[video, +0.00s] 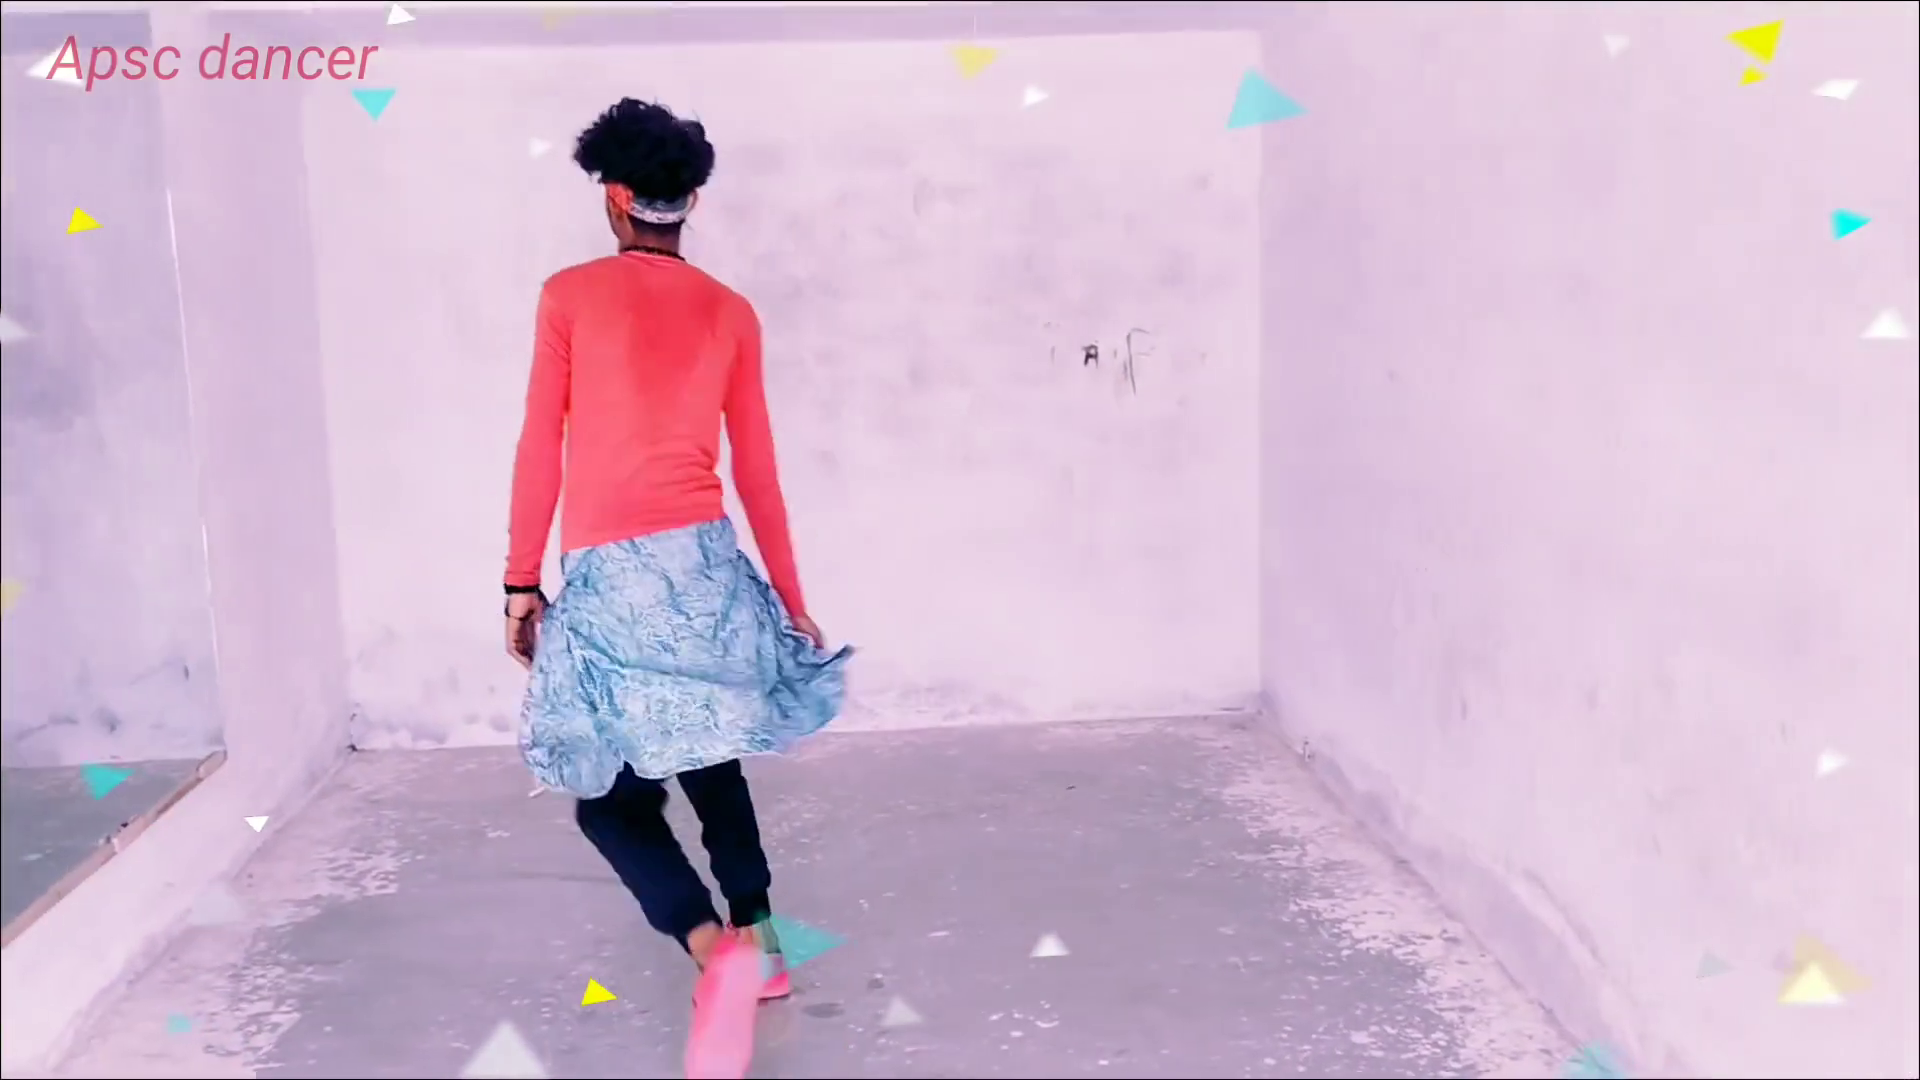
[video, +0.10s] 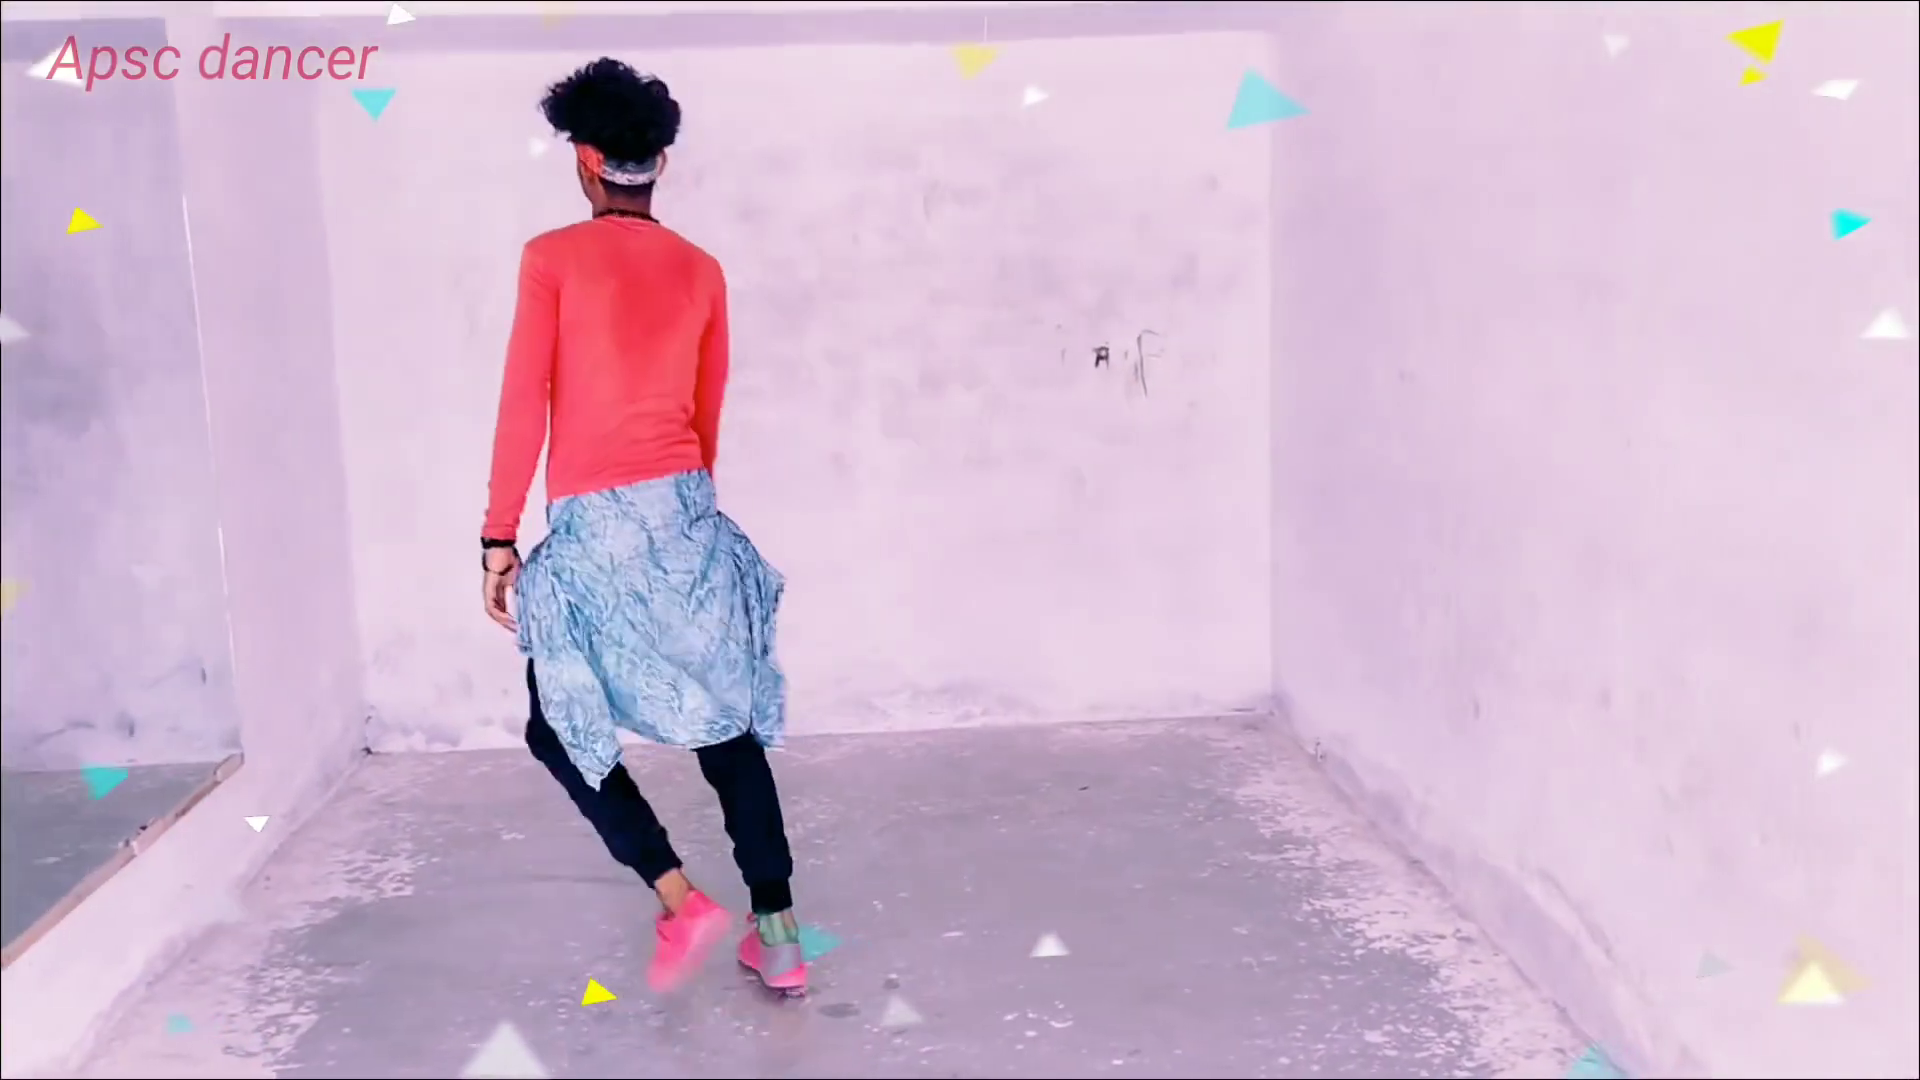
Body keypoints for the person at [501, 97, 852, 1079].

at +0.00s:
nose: (608, 201)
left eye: (608, 189)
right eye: (621, 190)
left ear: (613, 197)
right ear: (695, 203)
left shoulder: (571, 295)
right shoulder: (728, 311)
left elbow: (541, 442)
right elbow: (757, 476)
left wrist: (521, 576)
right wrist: (791, 601)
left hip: (606, 574)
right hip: (706, 565)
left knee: (605, 786)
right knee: (711, 761)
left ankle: (710, 944)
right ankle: (759, 949)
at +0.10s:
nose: (575, 160)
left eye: (576, 149)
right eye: (583, 149)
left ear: (585, 159)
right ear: (663, 163)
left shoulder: (553, 258)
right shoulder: (700, 269)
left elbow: (524, 407)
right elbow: (705, 420)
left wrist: (500, 537)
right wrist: (684, 519)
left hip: (592, 532)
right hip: (686, 526)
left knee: (557, 725)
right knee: (727, 721)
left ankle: (680, 899)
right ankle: (779, 934)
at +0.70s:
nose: (434, 159)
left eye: (437, 149)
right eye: (439, 145)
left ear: (446, 162)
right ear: (508, 148)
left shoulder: (471, 249)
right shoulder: (527, 204)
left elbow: (492, 379)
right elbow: (483, 88)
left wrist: (450, 483)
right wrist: (438, 4)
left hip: (512, 469)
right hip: (565, 455)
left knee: (499, 650)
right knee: (551, 631)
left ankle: (522, 828)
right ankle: (580, 795)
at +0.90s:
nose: (465, 164)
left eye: (470, 153)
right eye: (469, 151)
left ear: (488, 167)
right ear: (521, 162)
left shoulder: (530, 246)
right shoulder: (525, 216)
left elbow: (563, 376)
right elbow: (488, 93)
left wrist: (527, 479)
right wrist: (458, 5)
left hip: (542, 466)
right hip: (553, 457)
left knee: (506, 638)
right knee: (549, 629)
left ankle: (544, 820)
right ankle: (592, 786)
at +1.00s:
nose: (474, 162)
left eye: (487, 154)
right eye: (480, 148)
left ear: (526, 173)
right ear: (522, 168)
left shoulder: (552, 251)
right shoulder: (522, 218)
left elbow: (597, 369)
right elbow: (493, 91)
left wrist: (583, 476)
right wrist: (463, 8)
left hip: (561, 468)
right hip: (547, 459)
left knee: (537, 637)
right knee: (556, 630)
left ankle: (563, 818)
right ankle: (598, 787)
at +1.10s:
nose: (502, 172)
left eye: (519, 161)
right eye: (500, 155)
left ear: (562, 172)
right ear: (501, 155)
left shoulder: (575, 252)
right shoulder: (526, 219)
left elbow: (620, 365)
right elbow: (489, 96)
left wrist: (632, 477)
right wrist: (458, 4)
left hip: (584, 463)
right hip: (551, 456)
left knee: (561, 629)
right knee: (551, 627)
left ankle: (616, 808)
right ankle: (595, 788)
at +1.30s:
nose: (552, 173)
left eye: (566, 158)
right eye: (545, 157)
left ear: (602, 161)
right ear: (539, 163)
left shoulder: (630, 248)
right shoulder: (543, 225)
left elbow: (669, 360)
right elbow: (480, 167)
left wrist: (690, 463)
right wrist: (433, 70)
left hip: (638, 459)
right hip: (577, 462)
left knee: (661, 622)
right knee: (575, 627)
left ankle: (740, 786)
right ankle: (608, 786)